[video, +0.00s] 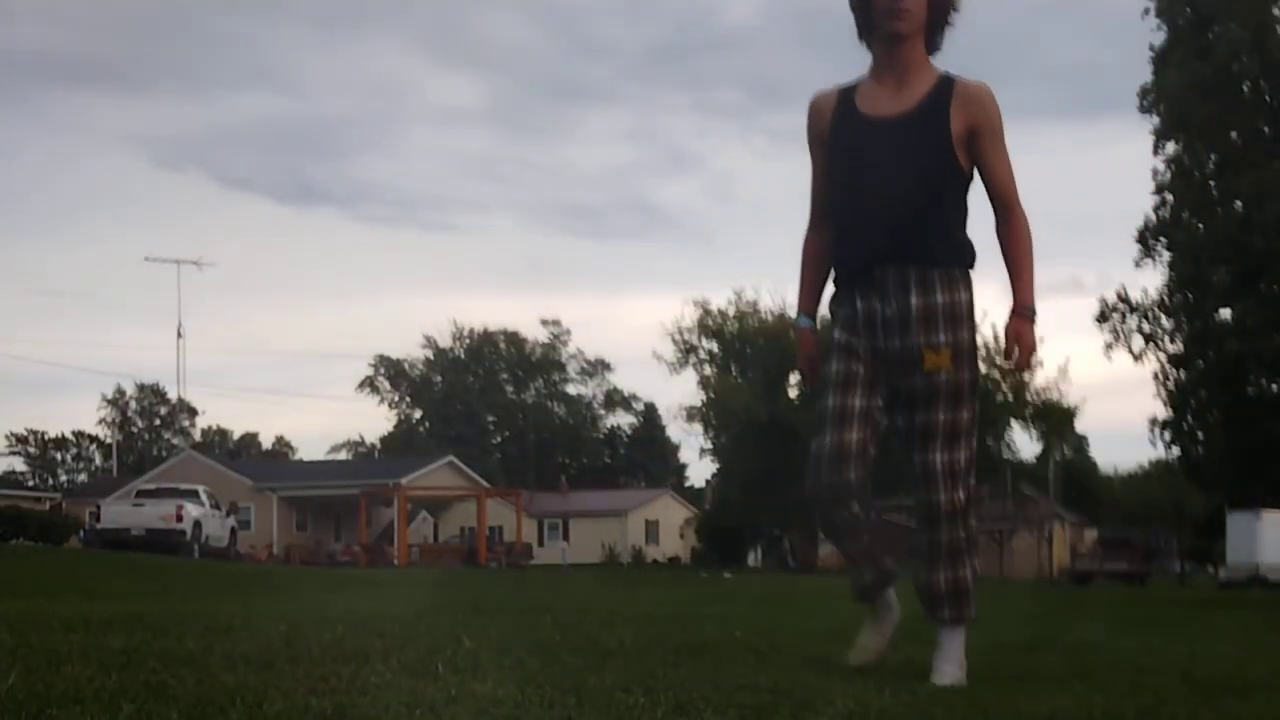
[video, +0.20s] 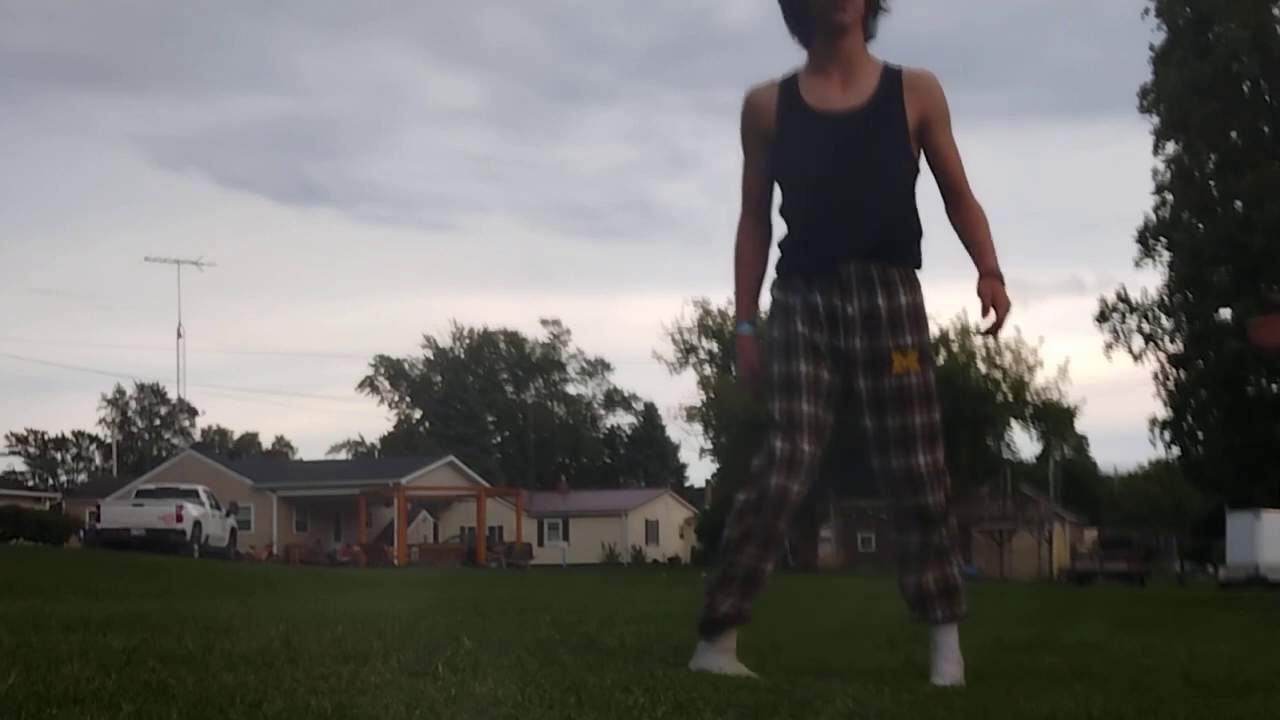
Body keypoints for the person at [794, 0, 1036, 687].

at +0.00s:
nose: (897, 2)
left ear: (934, 9)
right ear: (861, 11)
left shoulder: (968, 100)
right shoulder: (829, 108)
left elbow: (1009, 211)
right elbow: (821, 222)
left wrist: (1024, 310)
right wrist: (806, 317)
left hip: (939, 301)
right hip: (856, 306)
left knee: (942, 478)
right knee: (834, 478)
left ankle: (951, 631)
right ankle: (880, 596)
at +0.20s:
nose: (841, 2)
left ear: (868, 6)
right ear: (798, 10)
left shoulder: (916, 89)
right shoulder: (766, 104)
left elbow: (958, 195)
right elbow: (754, 221)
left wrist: (988, 267)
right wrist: (744, 320)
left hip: (891, 297)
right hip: (802, 303)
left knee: (918, 473)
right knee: (787, 471)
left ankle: (945, 636)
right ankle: (717, 639)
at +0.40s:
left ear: (800, 3)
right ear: (758, 0)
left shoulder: (855, 74)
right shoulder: (722, 88)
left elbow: (871, 182)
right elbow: (680, 210)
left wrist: (916, 259)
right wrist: (666, 323)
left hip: (836, 288)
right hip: (757, 290)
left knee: (871, 464)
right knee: (753, 465)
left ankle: (901, 642)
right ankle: (713, 645)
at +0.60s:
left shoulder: (817, 72)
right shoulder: (732, 63)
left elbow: (797, 198)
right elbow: (675, 165)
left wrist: (829, 291)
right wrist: (644, 270)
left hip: (802, 274)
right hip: (738, 270)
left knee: (830, 455)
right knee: (731, 454)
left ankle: (828, 630)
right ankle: (711, 641)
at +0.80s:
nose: (830, 3)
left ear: (788, 8)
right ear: (796, 3)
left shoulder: (786, 72)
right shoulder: (762, 59)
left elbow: (761, 161)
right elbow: (738, 143)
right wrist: (753, 212)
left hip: (781, 272)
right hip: (741, 263)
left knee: (791, 455)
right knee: (724, 447)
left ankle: (775, 633)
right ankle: (706, 640)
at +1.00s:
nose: (857, 16)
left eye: (855, 6)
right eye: (849, 6)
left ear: (792, 20)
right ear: (819, 15)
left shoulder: (760, 91)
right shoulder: (813, 72)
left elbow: (692, 206)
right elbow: (835, 136)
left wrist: (696, 306)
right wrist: (903, 185)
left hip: (742, 276)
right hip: (769, 273)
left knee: (782, 454)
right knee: (759, 455)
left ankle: (775, 634)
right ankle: (711, 643)